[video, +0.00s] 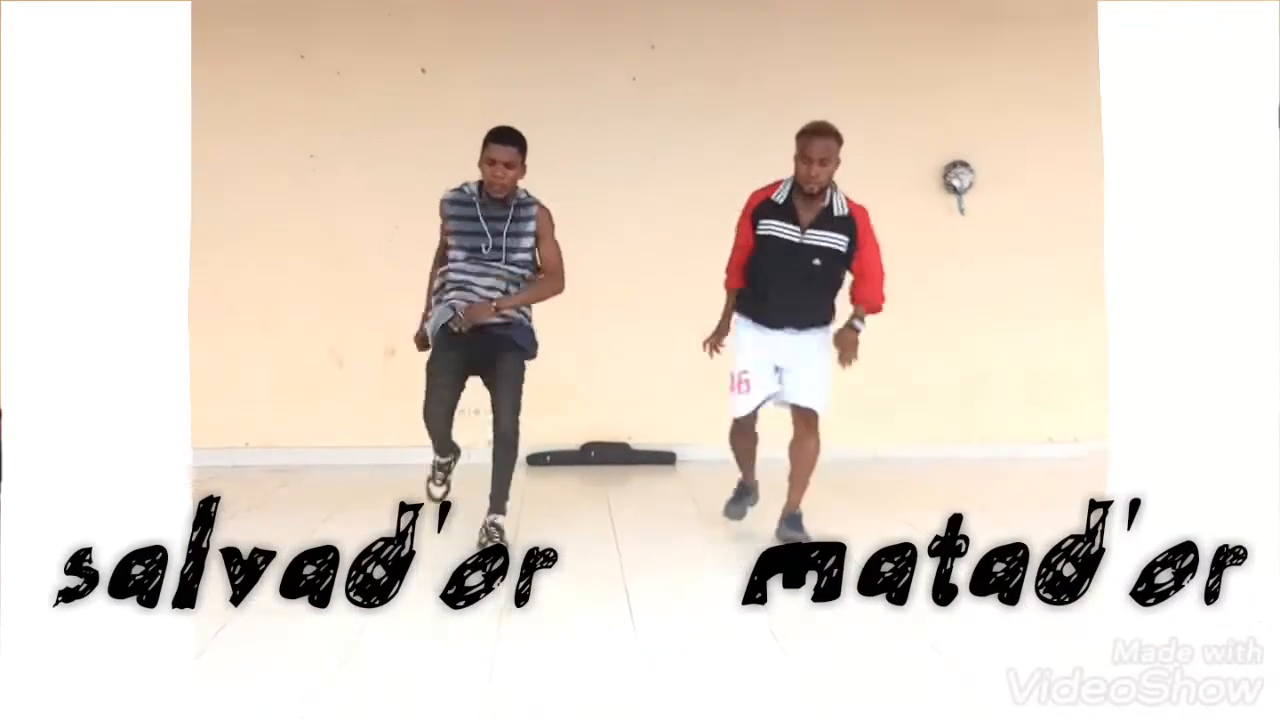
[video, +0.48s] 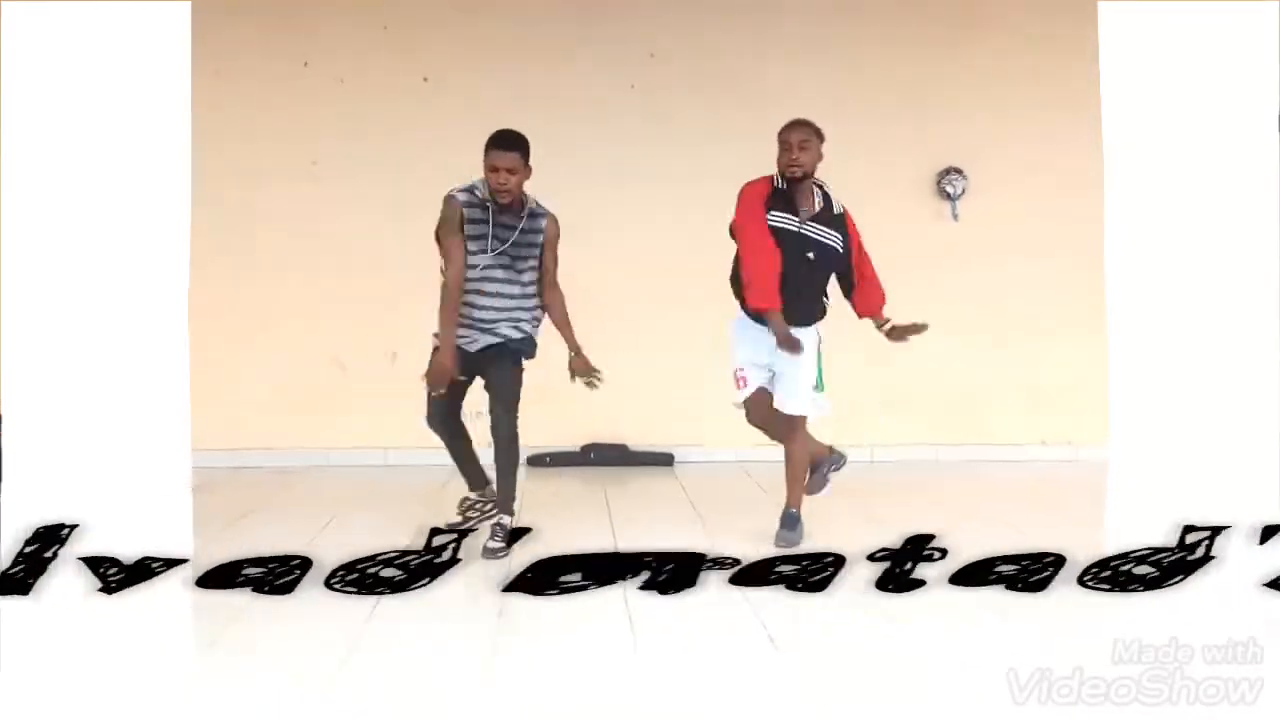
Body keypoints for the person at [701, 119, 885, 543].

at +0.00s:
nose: (813, 172)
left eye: (823, 164)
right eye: (806, 161)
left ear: (837, 165)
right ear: (794, 158)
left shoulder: (851, 217)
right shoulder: (762, 203)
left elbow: (870, 276)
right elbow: (739, 260)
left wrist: (853, 324)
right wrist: (727, 317)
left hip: (810, 335)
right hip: (755, 329)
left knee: (806, 421)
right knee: (742, 418)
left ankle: (792, 514)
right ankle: (747, 484)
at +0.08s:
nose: (819, 163)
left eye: (829, 155)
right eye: (813, 154)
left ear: (847, 161)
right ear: (804, 156)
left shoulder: (867, 216)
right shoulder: (774, 195)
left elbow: (874, 269)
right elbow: (747, 241)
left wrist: (841, 308)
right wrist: (721, 281)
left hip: (806, 330)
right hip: (750, 320)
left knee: (807, 422)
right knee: (729, 406)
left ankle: (796, 515)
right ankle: (724, 452)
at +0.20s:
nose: (798, 175)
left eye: (808, 169)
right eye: (793, 166)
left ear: (827, 174)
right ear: (785, 167)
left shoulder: (842, 228)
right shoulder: (768, 198)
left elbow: (831, 283)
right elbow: (725, 191)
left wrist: (784, 250)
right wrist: (683, 157)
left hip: (803, 329)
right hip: (756, 314)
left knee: (799, 426)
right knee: (699, 387)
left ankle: (797, 519)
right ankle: (701, 355)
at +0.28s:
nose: (791, 180)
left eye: (802, 172)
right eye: (786, 171)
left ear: (820, 175)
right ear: (778, 173)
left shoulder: (833, 221)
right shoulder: (766, 196)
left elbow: (803, 274)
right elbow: (716, 185)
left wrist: (761, 239)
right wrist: (682, 144)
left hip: (807, 332)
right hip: (760, 318)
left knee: (796, 425)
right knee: (697, 368)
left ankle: (793, 520)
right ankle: (695, 411)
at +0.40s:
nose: (795, 164)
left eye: (805, 156)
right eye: (787, 156)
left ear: (820, 162)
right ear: (777, 161)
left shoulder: (835, 224)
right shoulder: (757, 200)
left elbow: (828, 289)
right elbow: (731, 247)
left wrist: (817, 353)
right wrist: (705, 302)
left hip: (802, 337)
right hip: (755, 328)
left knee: (797, 430)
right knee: (731, 410)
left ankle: (789, 515)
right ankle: (725, 500)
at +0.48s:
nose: (793, 155)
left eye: (803, 147)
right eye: (786, 147)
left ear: (820, 153)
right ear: (777, 153)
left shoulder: (835, 216)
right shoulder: (757, 195)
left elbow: (856, 270)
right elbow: (756, 254)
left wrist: (883, 321)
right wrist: (775, 319)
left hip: (801, 329)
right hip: (752, 322)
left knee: (793, 422)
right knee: (758, 412)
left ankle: (791, 512)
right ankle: (821, 456)